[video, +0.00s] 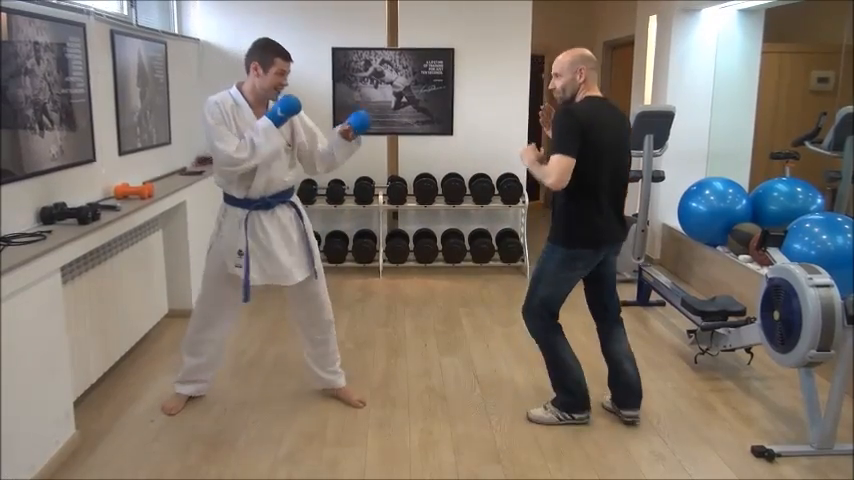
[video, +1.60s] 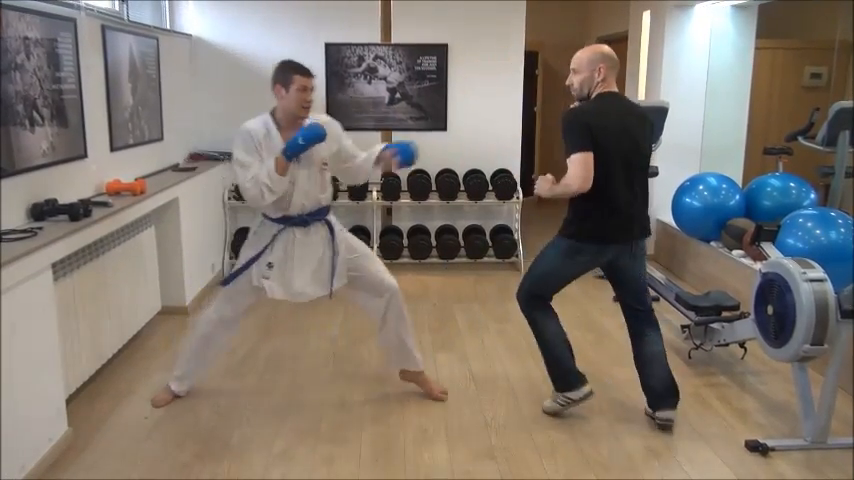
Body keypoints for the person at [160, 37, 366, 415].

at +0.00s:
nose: (284, 82)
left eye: (287, 75)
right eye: (279, 73)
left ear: (267, 73)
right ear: (255, 69)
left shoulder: (286, 111)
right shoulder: (219, 107)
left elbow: (319, 161)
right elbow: (233, 160)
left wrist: (344, 136)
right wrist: (272, 120)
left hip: (286, 215)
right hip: (238, 218)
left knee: (316, 303)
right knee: (212, 304)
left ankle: (332, 379)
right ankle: (189, 385)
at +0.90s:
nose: (246, 86)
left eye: (249, 80)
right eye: (238, 79)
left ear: (253, 82)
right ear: (215, 78)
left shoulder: (268, 113)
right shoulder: (197, 121)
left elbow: (292, 156)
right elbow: (222, 175)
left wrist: (312, 179)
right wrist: (248, 130)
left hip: (281, 216)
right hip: (232, 222)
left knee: (315, 299)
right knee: (206, 311)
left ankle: (330, 382)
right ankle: (182, 388)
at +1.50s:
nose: (272, 103)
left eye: (274, 96)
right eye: (265, 95)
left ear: (274, 98)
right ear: (240, 95)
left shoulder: (285, 136)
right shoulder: (213, 138)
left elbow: (306, 192)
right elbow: (227, 198)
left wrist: (330, 198)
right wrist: (262, 159)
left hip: (293, 232)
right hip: (241, 239)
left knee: (354, 293)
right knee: (200, 319)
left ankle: (358, 370)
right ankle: (174, 384)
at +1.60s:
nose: (309, 98)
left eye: (312, 91)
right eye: (303, 91)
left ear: (313, 93)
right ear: (279, 91)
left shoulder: (324, 128)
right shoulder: (252, 134)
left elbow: (352, 167)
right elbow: (256, 195)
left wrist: (382, 158)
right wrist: (287, 155)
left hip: (324, 231)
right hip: (273, 235)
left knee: (385, 287)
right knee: (223, 311)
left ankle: (410, 367)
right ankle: (179, 384)